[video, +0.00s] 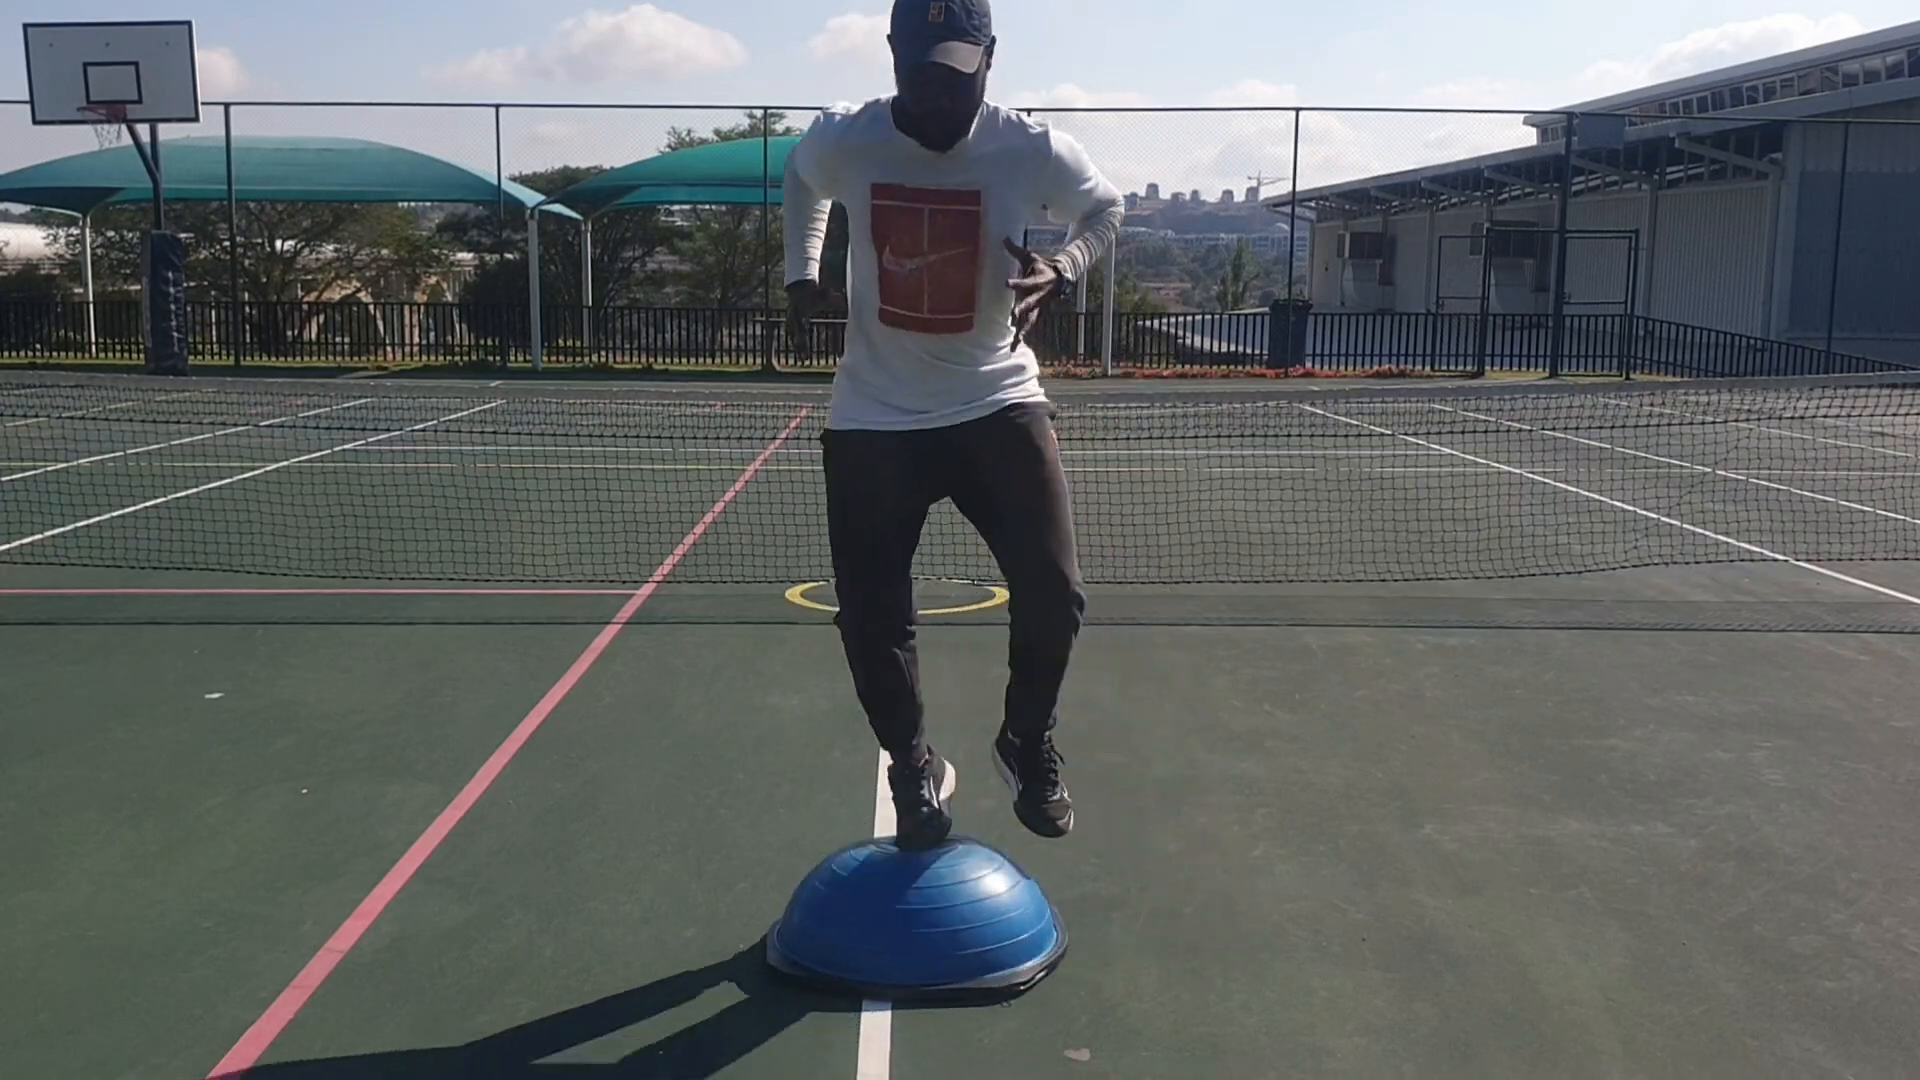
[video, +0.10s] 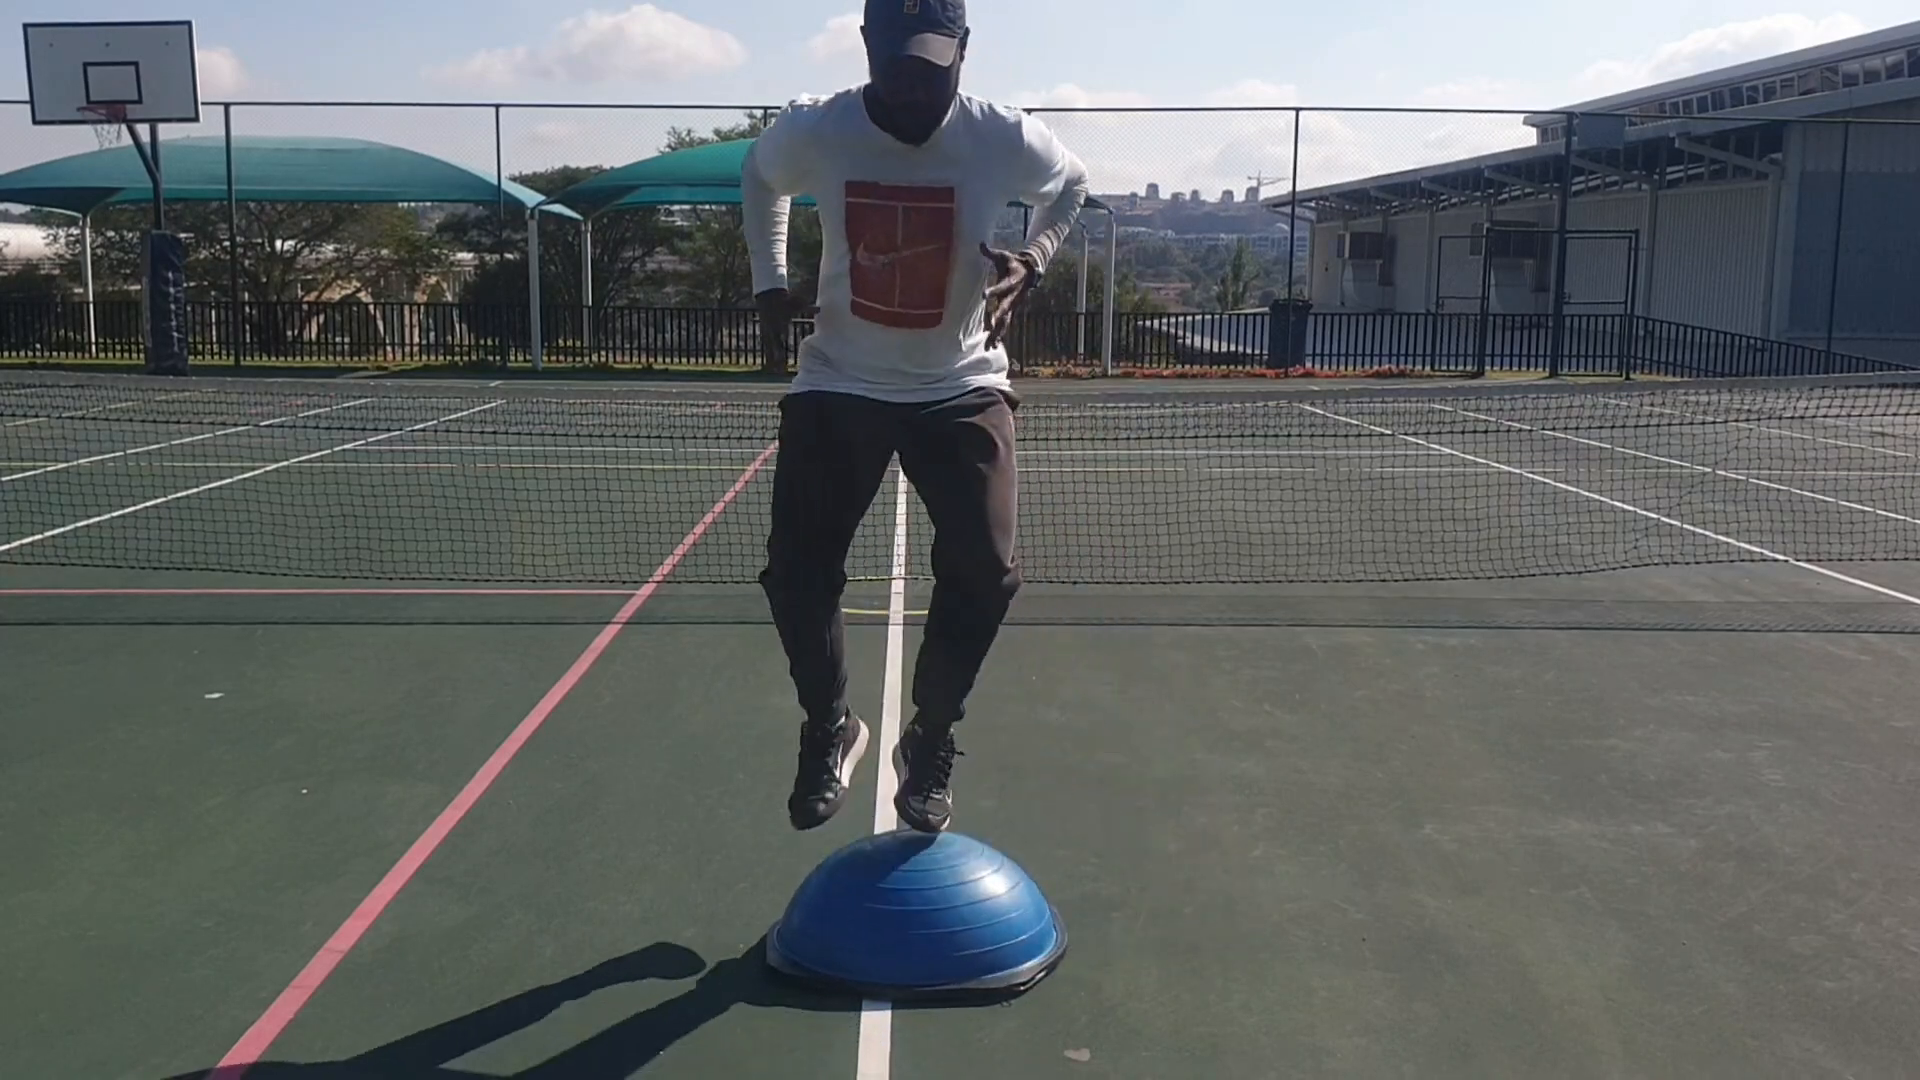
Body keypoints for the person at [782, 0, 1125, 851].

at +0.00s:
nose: (944, 96)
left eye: (961, 80)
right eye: (928, 76)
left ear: (987, 69)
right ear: (897, 59)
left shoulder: (1030, 150)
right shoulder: (842, 143)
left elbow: (1106, 208)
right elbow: (803, 180)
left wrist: (1063, 262)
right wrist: (804, 281)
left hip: (995, 399)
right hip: (874, 408)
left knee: (1053, 591)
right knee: (870, 615)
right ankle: (911, 769)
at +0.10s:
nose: (913, 89)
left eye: (931, 72)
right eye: (898, 69)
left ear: (960, 59)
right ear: (870, 52)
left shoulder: (1005, 141)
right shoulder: (815, 133)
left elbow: (1070, 191)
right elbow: (760, 178)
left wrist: (1034, 257)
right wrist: (771, 282)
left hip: (961, 385)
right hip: (839, 381)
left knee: (987, 571)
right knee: (796, 574)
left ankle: (931, 744)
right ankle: (827, 725)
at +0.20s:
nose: (889, 111)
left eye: (905, 91)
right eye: (870, 92)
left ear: (932, 77)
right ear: (838, 75)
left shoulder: (979, 164)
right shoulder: (781, 158)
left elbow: (1029, 210)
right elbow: (732, 208)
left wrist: (993, 278)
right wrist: (748, 310)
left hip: (923, 431)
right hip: (799, 428)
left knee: (925, 630)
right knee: (742, 623)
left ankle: (880, 806)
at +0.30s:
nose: (866, 174)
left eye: (882, 154)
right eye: (846, 155)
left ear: (906, 145)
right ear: (813, 147)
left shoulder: (951, 242)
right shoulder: (751, 229)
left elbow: (982, 293)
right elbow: (715, 291)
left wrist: (955, 348)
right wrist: (725, 378)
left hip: (881, 493)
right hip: (756, 500)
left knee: (915, 659)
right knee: (698, 688)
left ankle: (881, 812)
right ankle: (647, 860)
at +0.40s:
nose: (859, 204)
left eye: (873, 186)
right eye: (839, 187)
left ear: (893, 178)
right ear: (804, 183)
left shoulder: (934, 280)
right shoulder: (740, 270)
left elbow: (961, 369)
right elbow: (696, 364)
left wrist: (932, 407)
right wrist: (708, 440)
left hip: (871, 515)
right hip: (748, 519)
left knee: (912, 665)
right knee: (696, 706)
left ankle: (874, 802)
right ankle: (649, 861)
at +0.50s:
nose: (867, 131)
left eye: (883, 113)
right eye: (850, 113)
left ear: (913, 108)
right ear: (819, 108)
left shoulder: (963, 209)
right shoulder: (766, 204)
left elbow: (1006, 279)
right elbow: (709, 294)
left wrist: (977, 311)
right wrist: (738, 339)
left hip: (905, 469)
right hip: (782, 474)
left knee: (912, 662)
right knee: (727, 670)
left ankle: (875, 826)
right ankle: (667, 841)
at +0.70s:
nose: (909, 65)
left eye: (926, 43)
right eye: (890, 44)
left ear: (957, 29)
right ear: (863, 36)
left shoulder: (1012, 117)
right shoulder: (811, 125)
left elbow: (1076, 186)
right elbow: (749, 208)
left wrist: (1049, 237)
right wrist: (772, 275)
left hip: (977, 370)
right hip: (854, 370)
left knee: (1008, 566)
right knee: (843, 574)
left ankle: (954, 731)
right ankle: (881, 735)